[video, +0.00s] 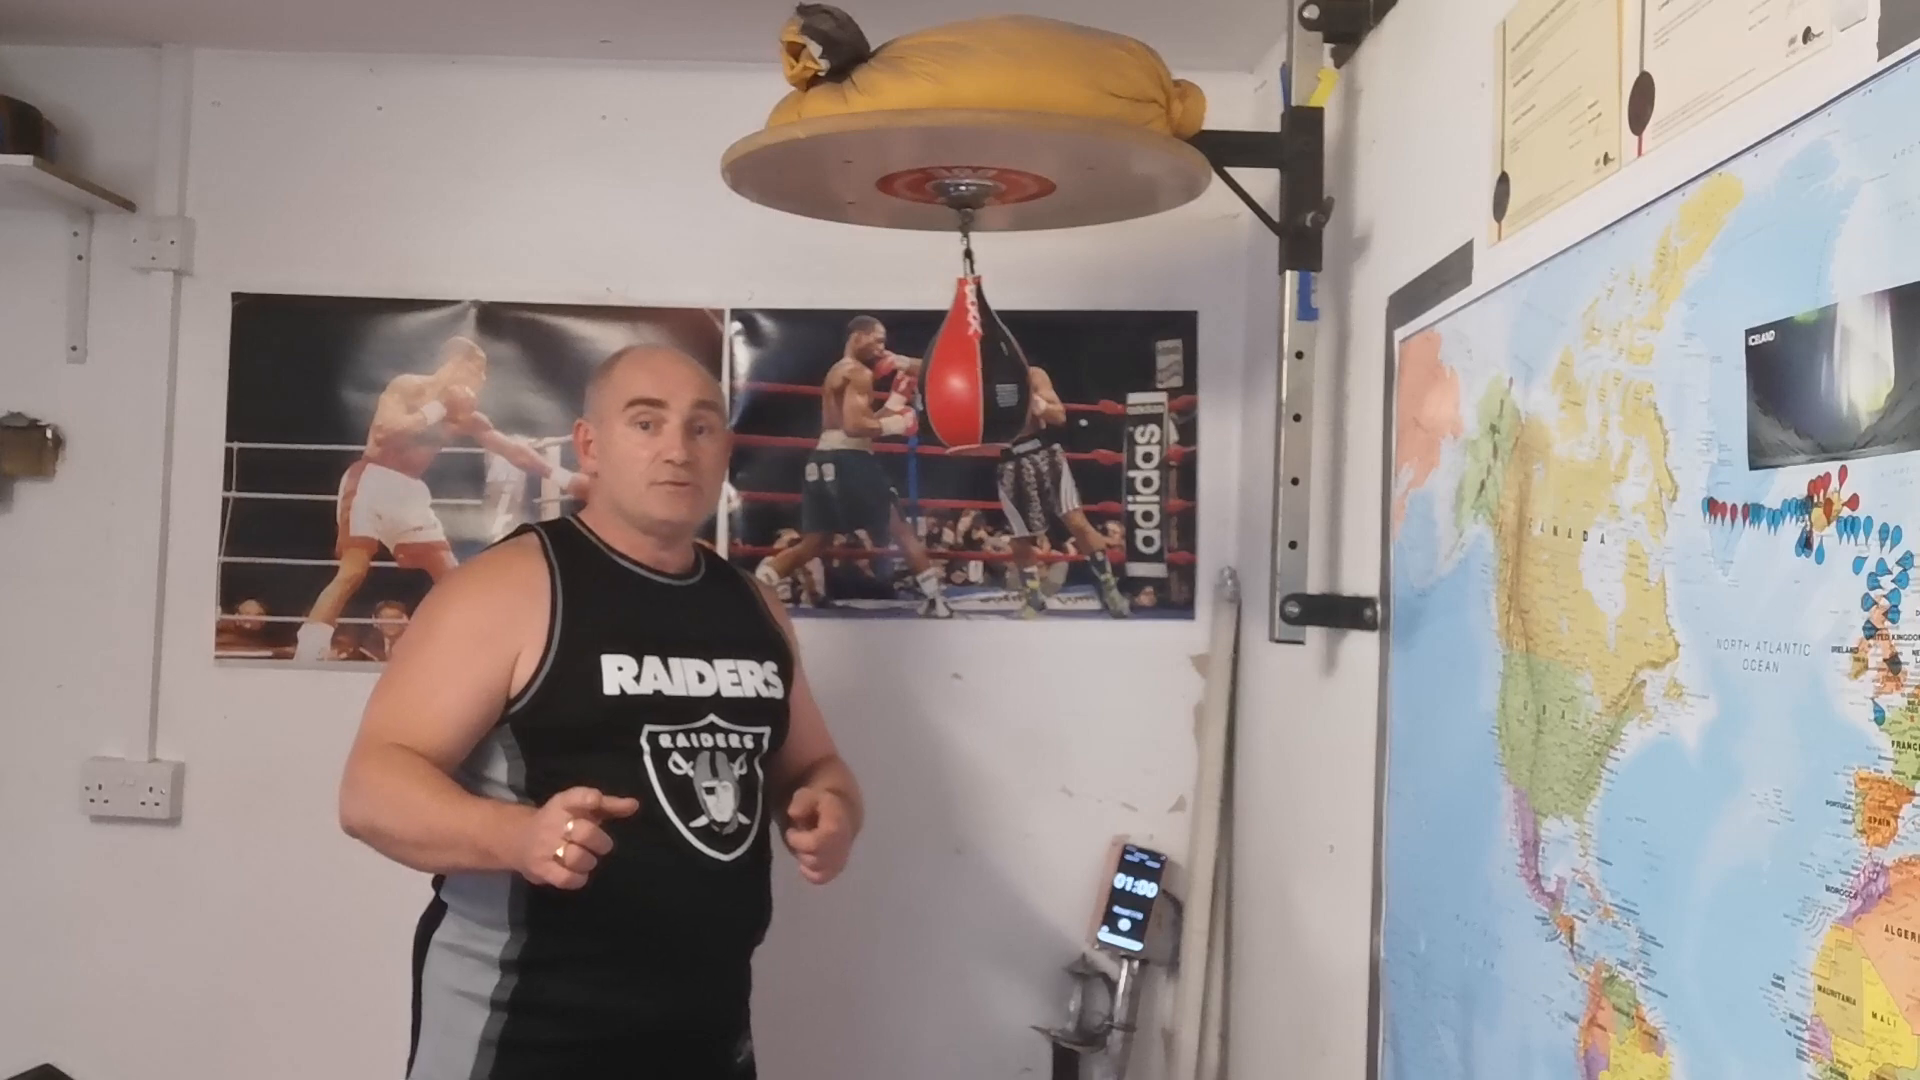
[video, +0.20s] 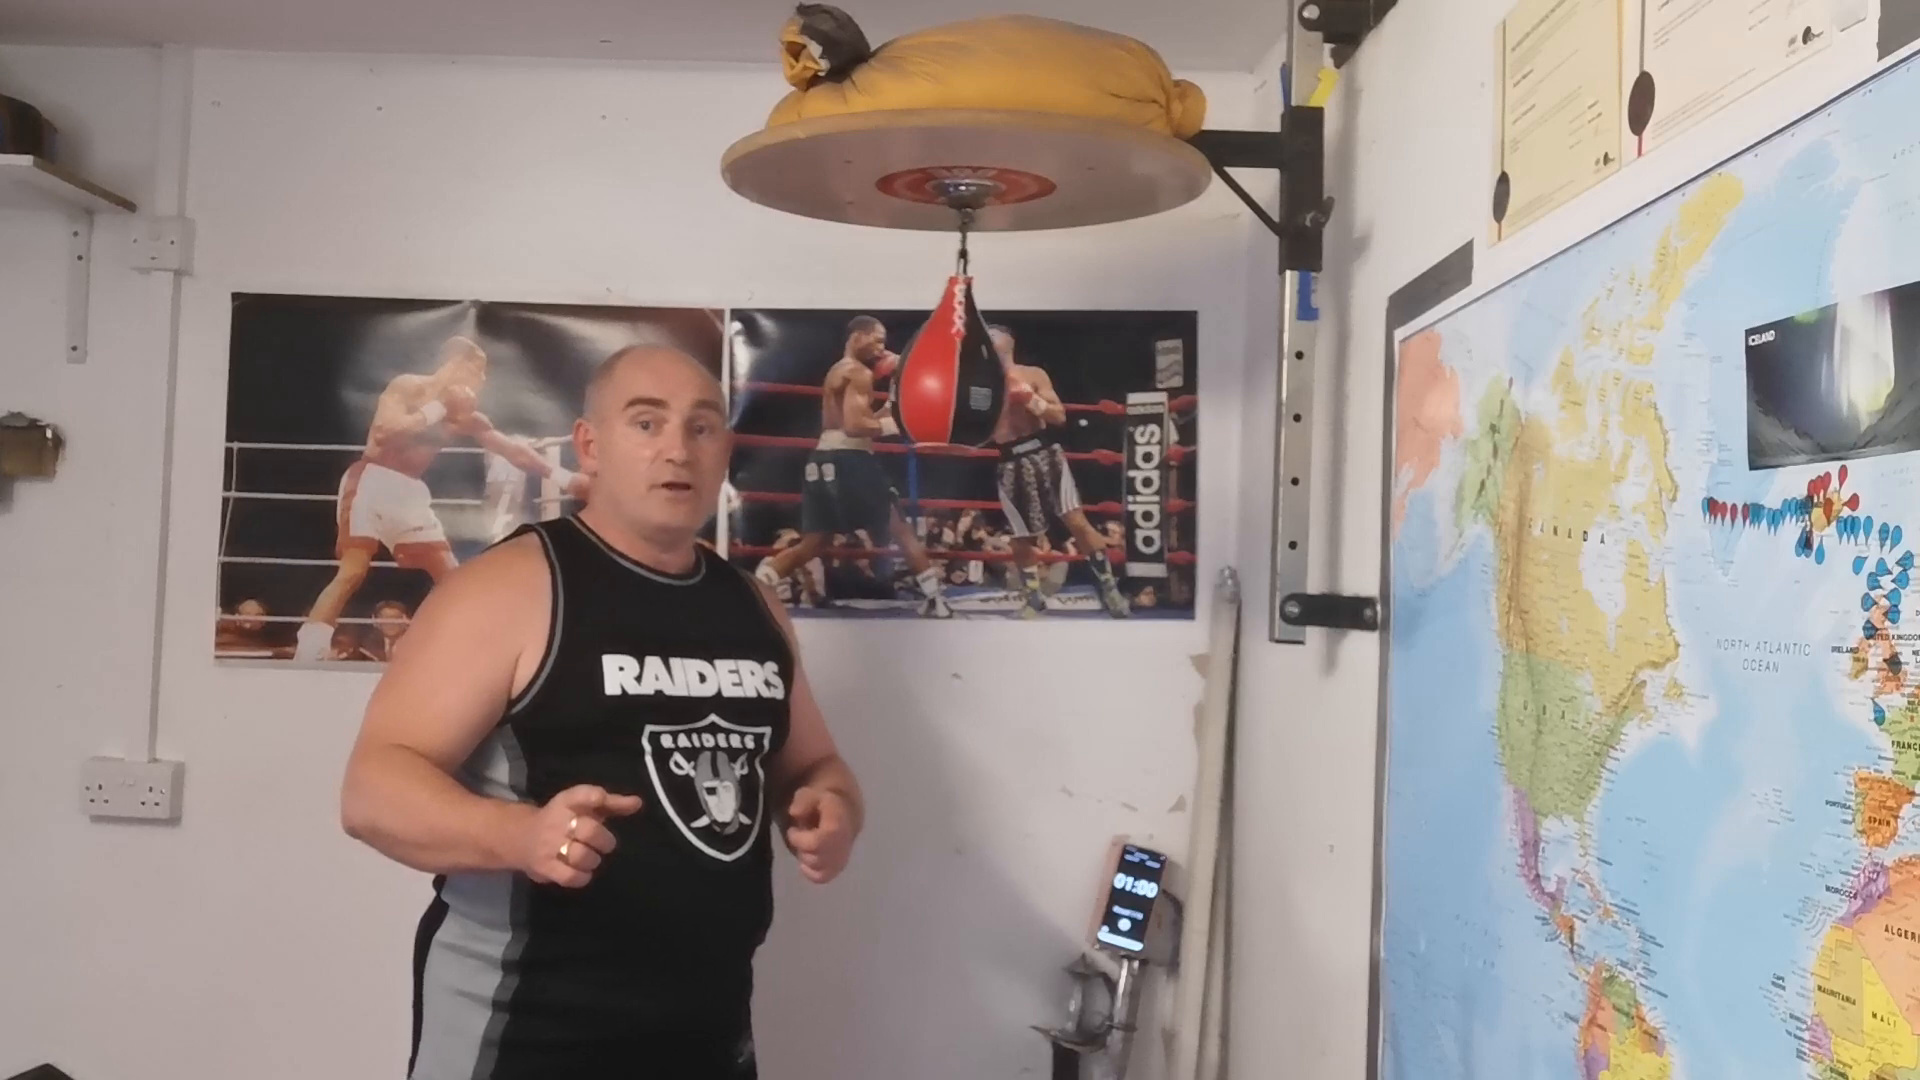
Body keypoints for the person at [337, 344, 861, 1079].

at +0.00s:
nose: (677, 449)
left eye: (701, 425)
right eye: (645, 421)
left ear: (727, 454)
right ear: (587, 445)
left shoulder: (750, 607)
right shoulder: (505, 588)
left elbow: (813, 765)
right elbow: (374, 787)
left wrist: (829, 813)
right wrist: (513, 834)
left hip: (702, 1017)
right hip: (524, 1019)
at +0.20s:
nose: (677, 450)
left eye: (701, 425)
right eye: (645, 421)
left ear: (727, 454)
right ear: (588, 446)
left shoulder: (750, 607)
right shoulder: (507, 587)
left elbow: (814, 765)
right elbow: (375, 788)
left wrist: (831, 813)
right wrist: (516, 833)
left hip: (703, 1018)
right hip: (526, 1021)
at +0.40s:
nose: (678, 450)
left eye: (701, 426)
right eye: (646, 422)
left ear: (727, 454)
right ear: (588, 445)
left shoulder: (749, 607)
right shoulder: (507, 588)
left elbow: (815, 765)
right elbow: (375, 788)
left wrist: (831, 811)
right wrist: (517, 832)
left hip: (703, 1017)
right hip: (526, 1021)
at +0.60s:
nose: (679, 451)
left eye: (702, 426)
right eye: (647, 422)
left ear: (727, 453)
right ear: (589, 445)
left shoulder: (750, 608)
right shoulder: (507, 588)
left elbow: (813, 764)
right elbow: (375, 787)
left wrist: (830, 812)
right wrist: (518, 832)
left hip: (702, 1018)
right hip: (524, 1020)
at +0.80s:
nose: (678, 450)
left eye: (702, 426)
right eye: (647, 422)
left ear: (726, 453)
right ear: (588, 445)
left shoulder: (749, 608)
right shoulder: (506, 588)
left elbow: (812, 765)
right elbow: (375, 788)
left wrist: (830, 813)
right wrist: (517, 833)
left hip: (702, 1017)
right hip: (524, 1020)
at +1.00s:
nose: (678, 447)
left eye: (701, 424)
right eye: (646, 420)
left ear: (725, 454)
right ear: (588, 445)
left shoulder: (749, 610)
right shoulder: (507, 588)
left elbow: (804, 777)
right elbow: (378, 786)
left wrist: (826, 831)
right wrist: (515, 870)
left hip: (703, 1020)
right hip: (526, 1024)